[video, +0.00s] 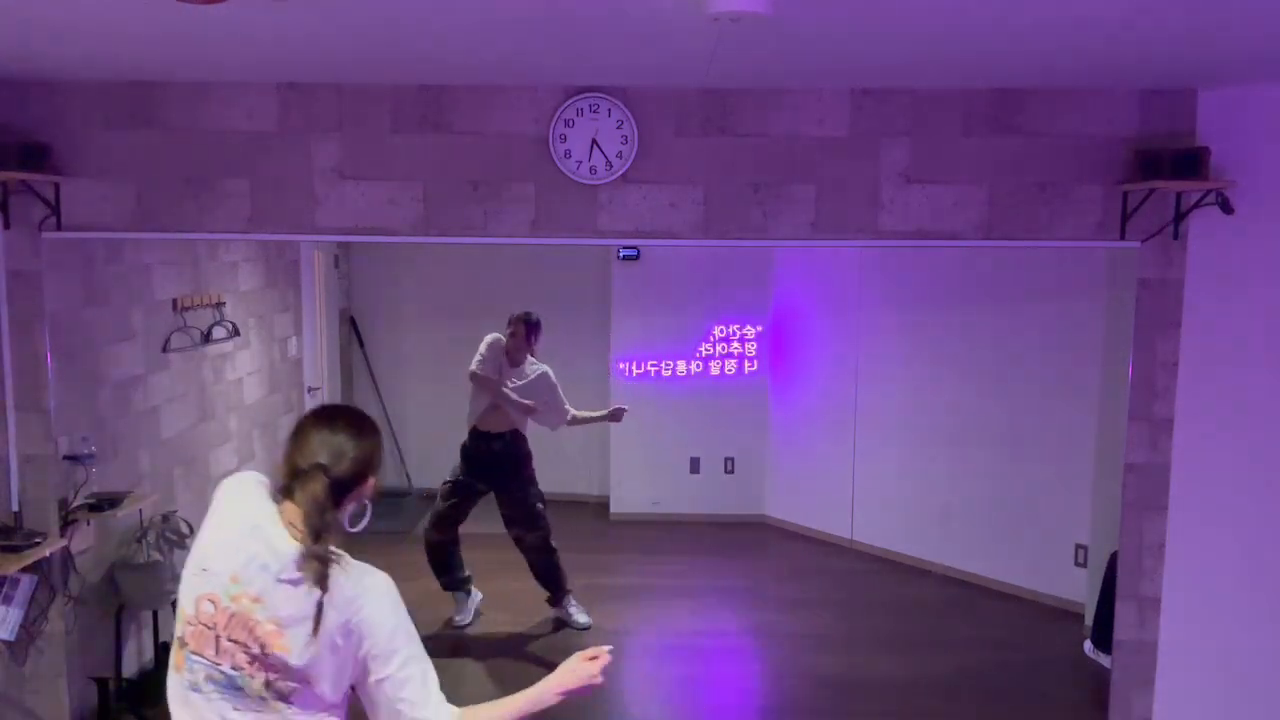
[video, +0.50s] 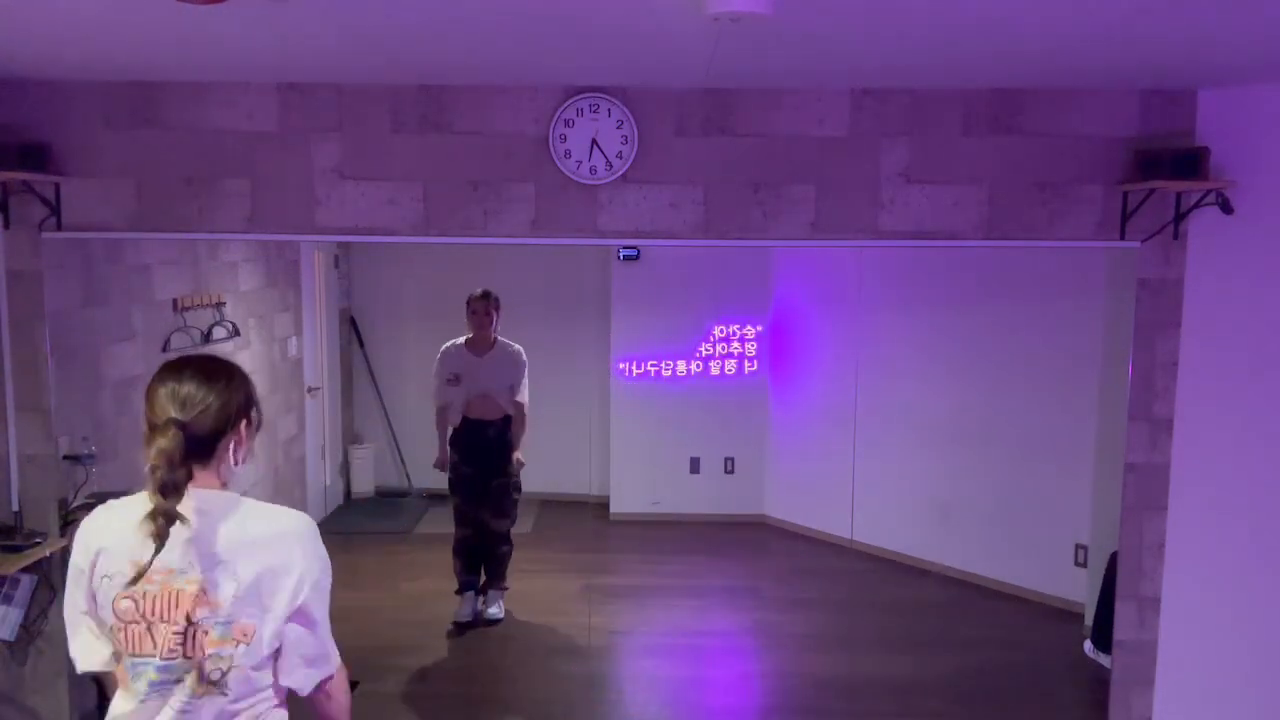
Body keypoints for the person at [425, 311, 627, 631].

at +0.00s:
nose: (508, 339)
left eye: (515, 335)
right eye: (508, 333)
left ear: (532, 340)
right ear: (505, 333)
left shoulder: (541, 375)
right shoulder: (494, 344)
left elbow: (565, 416)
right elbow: (478, 375)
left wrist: (604, 415)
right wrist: (514, 402)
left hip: (512, 452)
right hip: (476, 450)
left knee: (531, 530)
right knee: (439, 527)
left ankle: (563, 600)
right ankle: (464, 595)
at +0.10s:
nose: (496, 332)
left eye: (503, 327)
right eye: (494, 325)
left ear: (517, 331)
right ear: (490, 326)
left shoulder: (530, 360)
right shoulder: (478, 340)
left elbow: (558, 400)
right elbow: (456, 375)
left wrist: (587, 420)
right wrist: (485, 411)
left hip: (509, 444)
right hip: (472, 442)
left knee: (516, 523)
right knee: (455, 525)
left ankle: (530, 598)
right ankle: (464, 596)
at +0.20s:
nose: (488, 321)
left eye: (494, 316)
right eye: (484, 315)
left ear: (507, 319)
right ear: (479, 317)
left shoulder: (523, 349)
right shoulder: (467, 339)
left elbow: (546, 392)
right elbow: (442, 382)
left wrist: (564, 432)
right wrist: (459, 427)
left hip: (506, 438)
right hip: (469, 436)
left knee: (504, 520)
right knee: (465, 520)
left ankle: (504, 596)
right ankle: (468, 597)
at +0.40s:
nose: (481, 319)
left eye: (487, 313)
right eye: (476, 313)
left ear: (499, 316)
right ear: (469, 316)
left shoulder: (515, 355)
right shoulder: (452, 352)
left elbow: (522, 410)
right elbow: (446, 407)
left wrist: (526, 456)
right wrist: (439, 453)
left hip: (505, 442)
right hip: (467, 441)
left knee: (501, 520)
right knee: (468, 520)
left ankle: (495, 594)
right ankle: (467, 595)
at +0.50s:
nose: (480, 319)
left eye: (486, 314)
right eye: (474, 314)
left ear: (497, 317)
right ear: (467, 317)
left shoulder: (514, 355)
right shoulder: (451, 354)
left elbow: (521, 406)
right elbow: (442, 405)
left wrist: (515, 448)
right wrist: (442, 448)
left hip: (502, 439)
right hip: (466, 438)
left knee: (498, 519)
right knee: (465, 519)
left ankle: (494, 595)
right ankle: (467, 595)